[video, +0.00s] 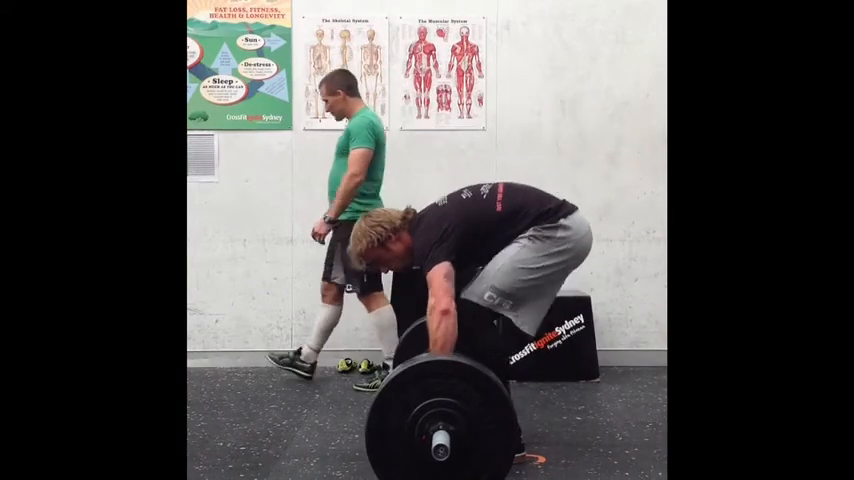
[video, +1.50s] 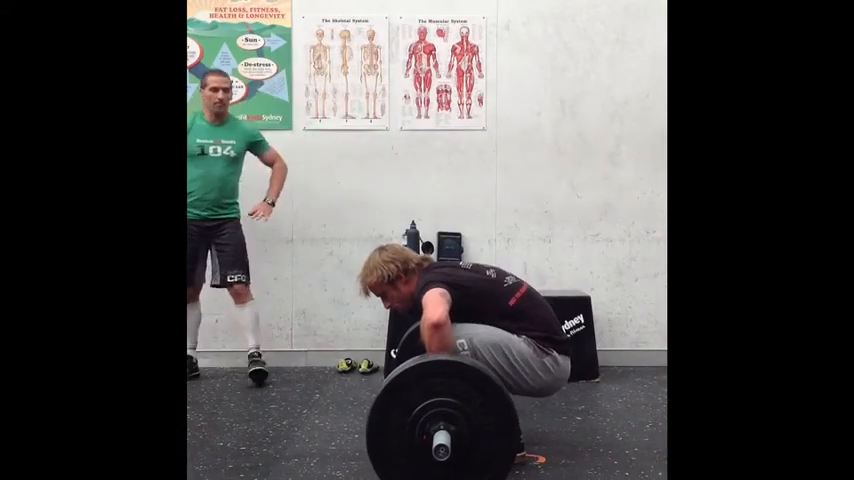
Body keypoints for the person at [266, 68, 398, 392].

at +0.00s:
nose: (326, 108)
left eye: (327, 101)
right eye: (325, 102)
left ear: (341, 94)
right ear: (344, 94)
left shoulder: (363, 124)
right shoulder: (362, 122)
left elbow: (356, 175)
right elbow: (356, 176)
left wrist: (329, 218)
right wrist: (331, 217)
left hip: (356, 222)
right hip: (349, 220)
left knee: (372, 295)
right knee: (331, 292)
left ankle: (395, 367)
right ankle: (307, 358)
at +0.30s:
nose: (283, 100)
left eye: (287, 94)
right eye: (282, 95)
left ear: (304, 92)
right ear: (302, 93)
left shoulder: (327, 123)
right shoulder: (306, 125)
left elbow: (338, 171)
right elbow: (300, 178)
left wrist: (336, 220)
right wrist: (284, 221)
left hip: (316, 219)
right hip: (300, 219)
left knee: (308, 288)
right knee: (298, 289)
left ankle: (366, 346)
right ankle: (298, 362)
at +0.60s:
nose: (268, 99)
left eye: (273, 93)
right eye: (265, 94)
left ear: (291, 92)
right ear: (265, 95)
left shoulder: (308, 127)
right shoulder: (266, 131)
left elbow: (318, 176)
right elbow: (251, 177)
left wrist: (297, 218)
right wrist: (227, 215)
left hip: (293, 221)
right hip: (270, 221)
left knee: (266, 290)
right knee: (285, 293)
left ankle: (261, 362)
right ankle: (298, 362)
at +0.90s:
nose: (262, 95)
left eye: (268, 89)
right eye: (257, 90)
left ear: (280, 90)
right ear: (250, 92)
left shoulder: (292, 129)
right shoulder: (242, 129)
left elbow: (298, 179)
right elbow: (230, 173)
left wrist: (287, 222)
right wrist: (214, 211)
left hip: (270, 221)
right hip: (242, 219)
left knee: (261, 289)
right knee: (222, 283)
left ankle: (260, 365)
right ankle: (275, 339)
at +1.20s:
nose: (246, 94)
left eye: (252, 89)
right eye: (240, 89)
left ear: (259, 92)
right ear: (230, 92)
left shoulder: (273, 130)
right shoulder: (212, 129)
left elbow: (294, 172)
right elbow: (196, 172)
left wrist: (289, 211)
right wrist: (192, 218)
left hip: (254, 221)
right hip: (216, 221)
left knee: (255, 290)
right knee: (202, 292)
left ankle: (259, 364)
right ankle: (192, 357)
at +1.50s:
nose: (220, 95)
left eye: (225, 90)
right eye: (214, 90)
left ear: (232, 94)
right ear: (202, 93)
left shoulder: (244, 131)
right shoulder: (189, 127)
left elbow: (279, 164)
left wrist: (270, 201)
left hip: (227, 219)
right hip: (191, 220)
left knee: (239, 287)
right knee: (190, 291)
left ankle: (255, 354)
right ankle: (189, 357)